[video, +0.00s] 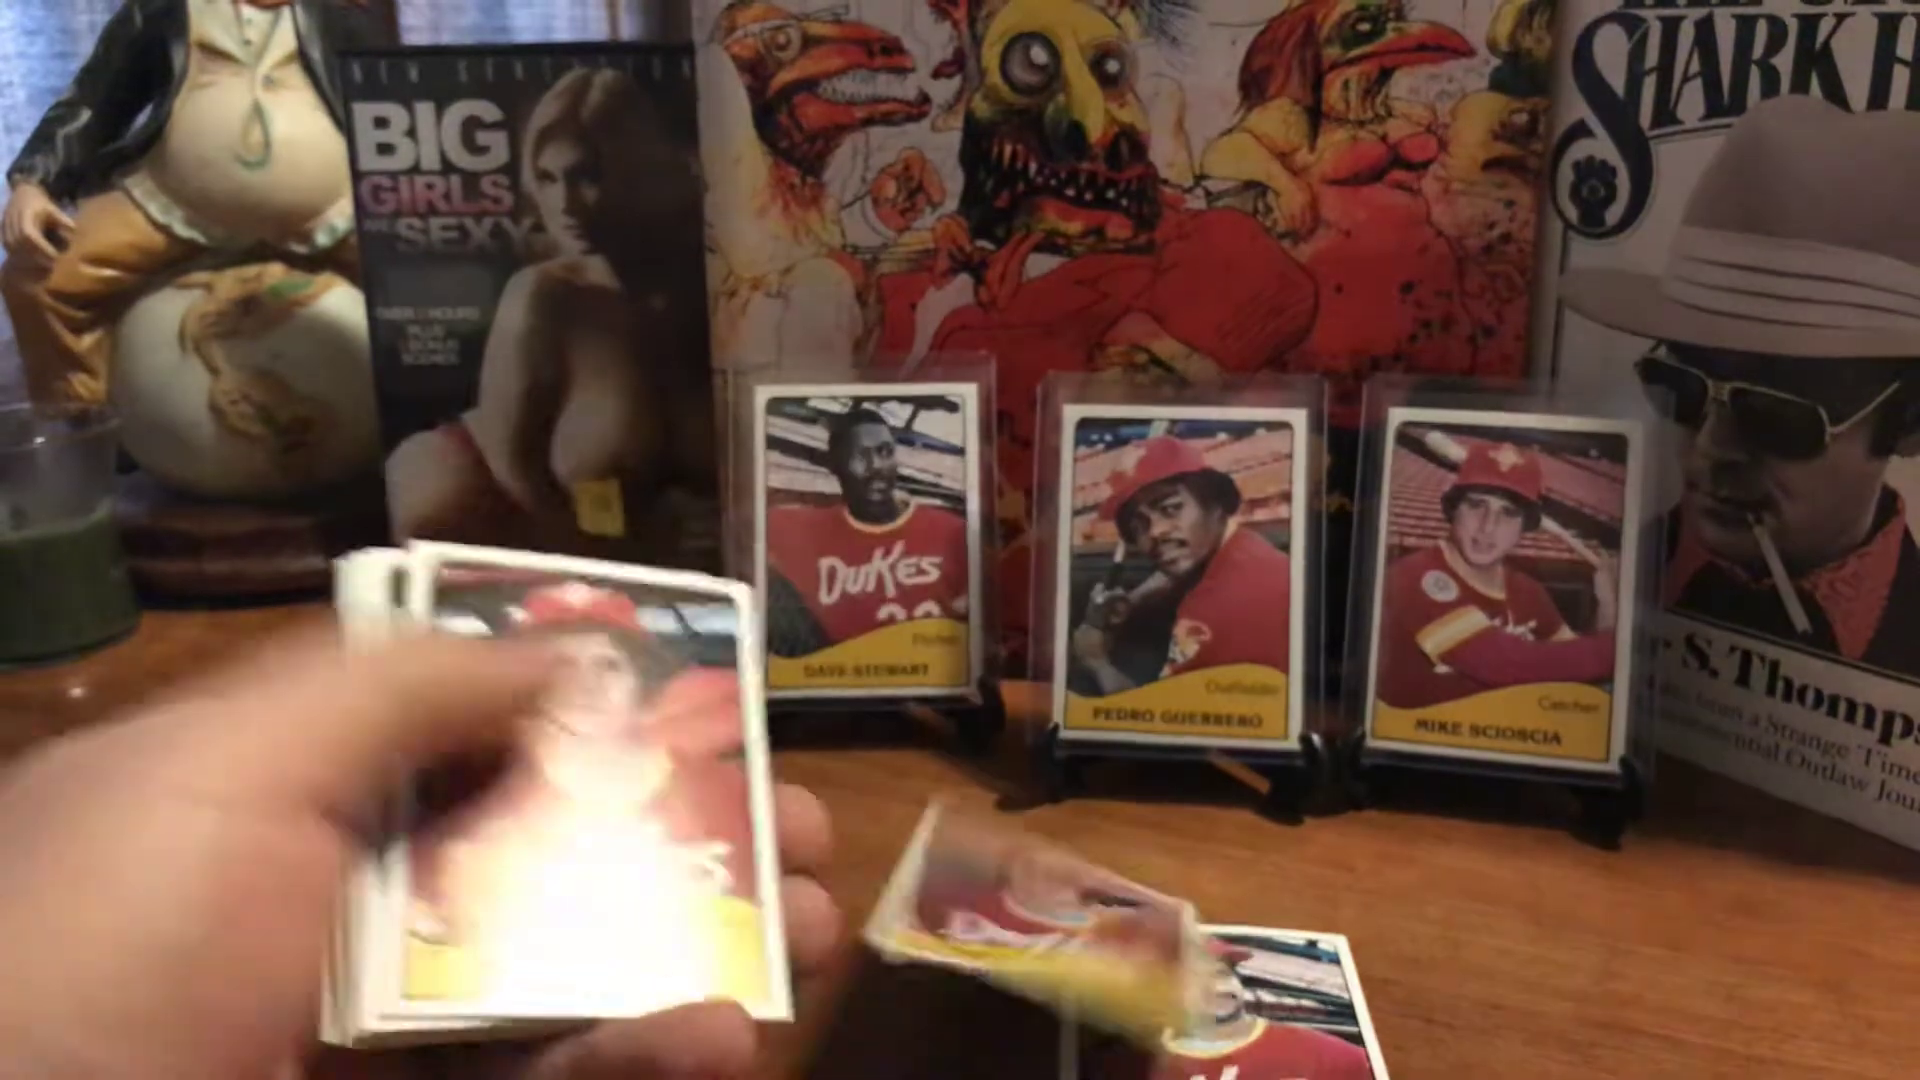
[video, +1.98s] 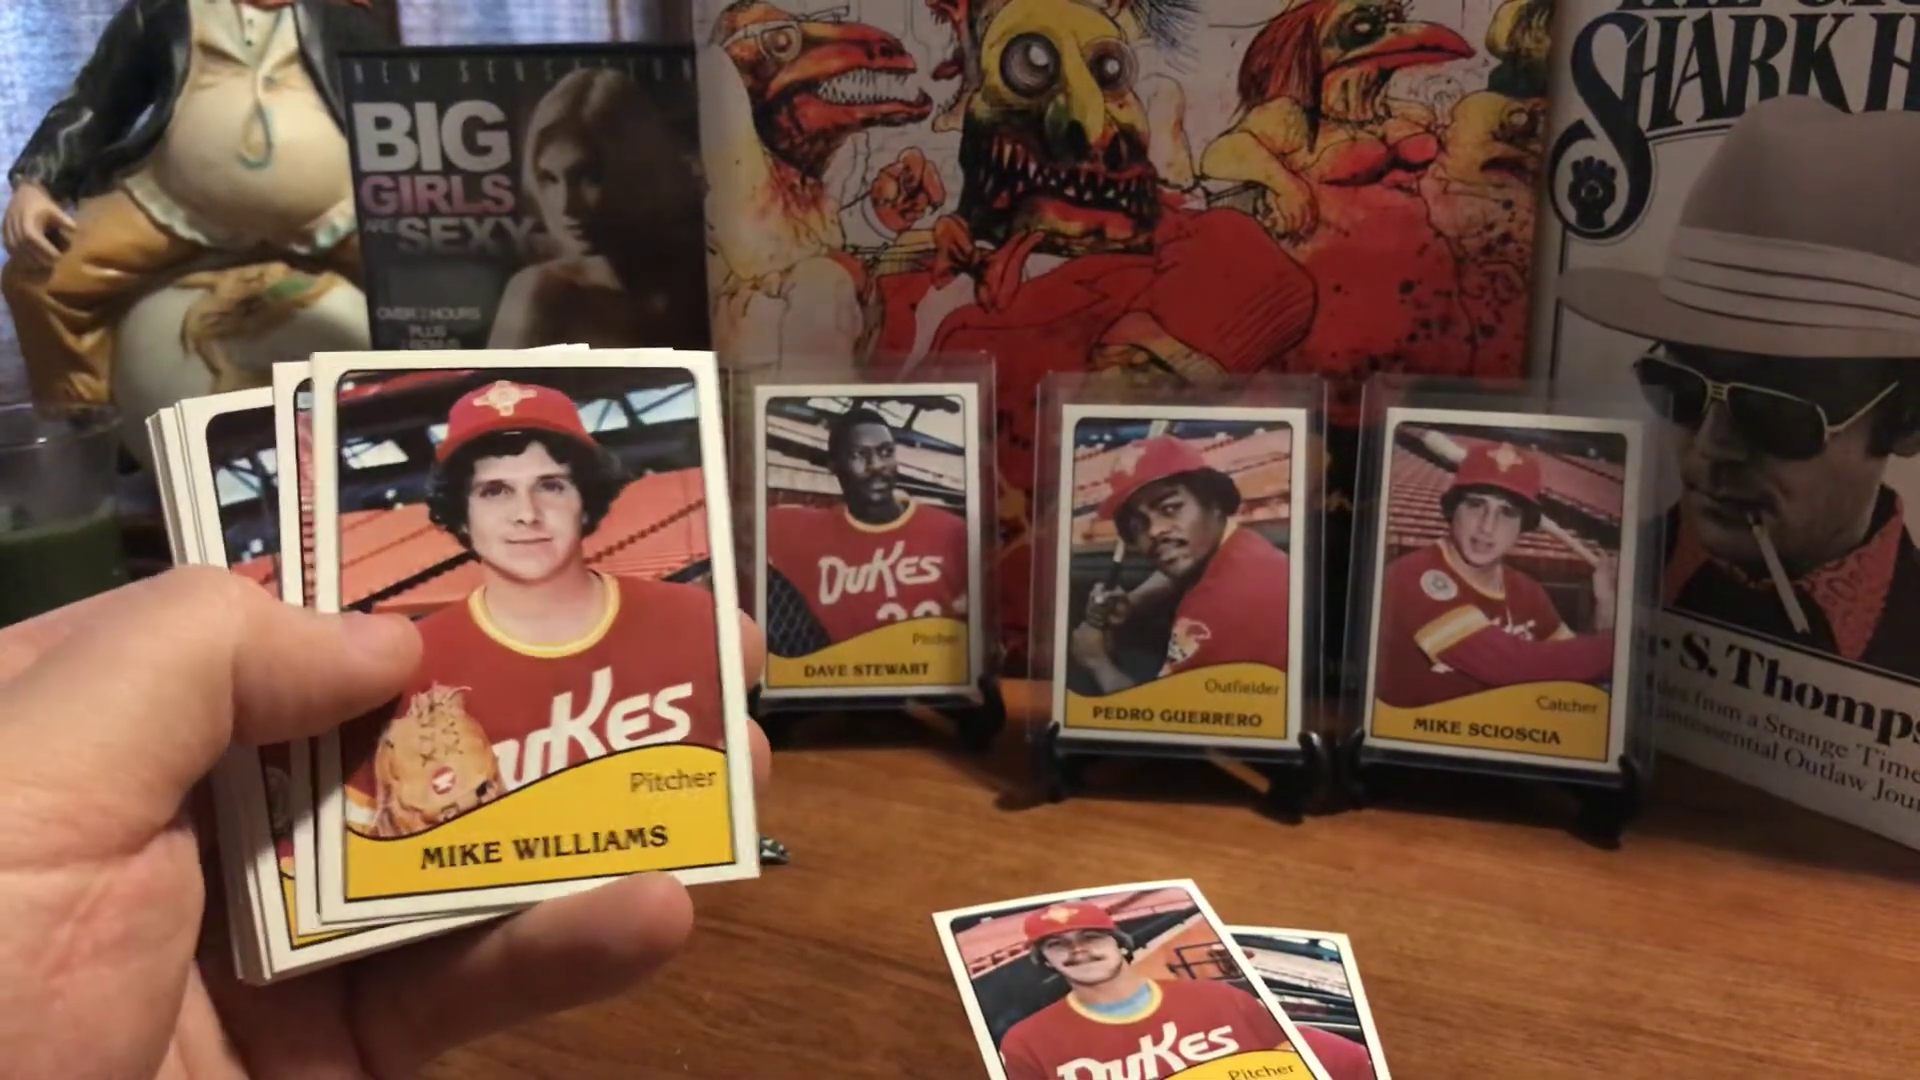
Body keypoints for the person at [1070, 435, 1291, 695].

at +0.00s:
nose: (1157, 531)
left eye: (1171, 508)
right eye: (1141, 522)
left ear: (1216, 505)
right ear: (1134, 539)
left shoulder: (1213, 606)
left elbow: (1163, 722)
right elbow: (1184, 567)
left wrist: (1098, 663)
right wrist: (1133, 601)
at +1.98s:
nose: (1156, 531)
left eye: (1170, 508)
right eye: (1140, 522)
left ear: (1214, 504)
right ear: (1133, 540)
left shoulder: (1213, 605)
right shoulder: (1248, 545)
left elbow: (1159, 720)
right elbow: (1184, 565)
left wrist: (1098, 662)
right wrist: (1132, 603)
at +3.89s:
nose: (1155, 528)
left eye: (1169, 507)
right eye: (1139, 521)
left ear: (1212, 502)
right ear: (1134, 538)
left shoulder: (1212, 604)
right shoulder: (1248, 544)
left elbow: (1161, 716)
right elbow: (1185, 563)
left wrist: (1097, 660)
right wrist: (1133, 600)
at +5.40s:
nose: (1155, 531)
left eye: (1169, 509)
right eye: (1139, 524)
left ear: (1212, 506)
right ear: (1134, 541)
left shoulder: (1210, 608)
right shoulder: (1247, 544)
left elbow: (1160, 718)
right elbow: (1182, 566)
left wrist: (1097, 662)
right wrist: (1132, 602)